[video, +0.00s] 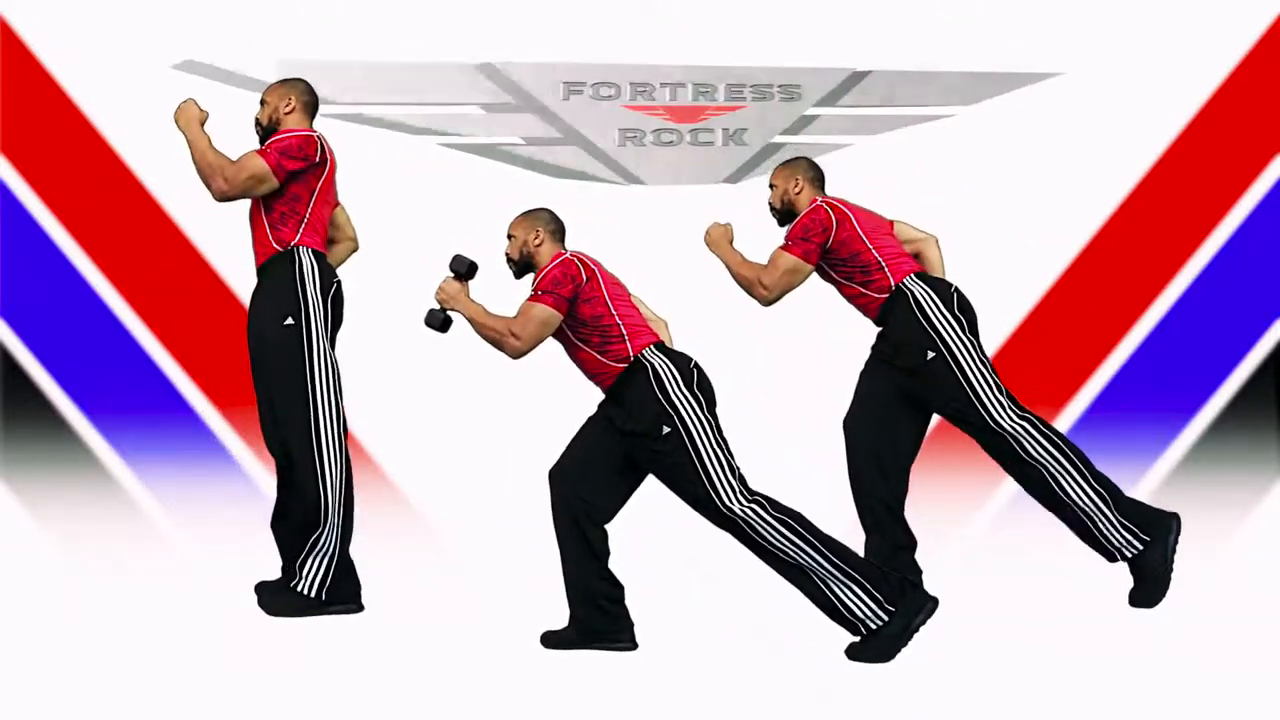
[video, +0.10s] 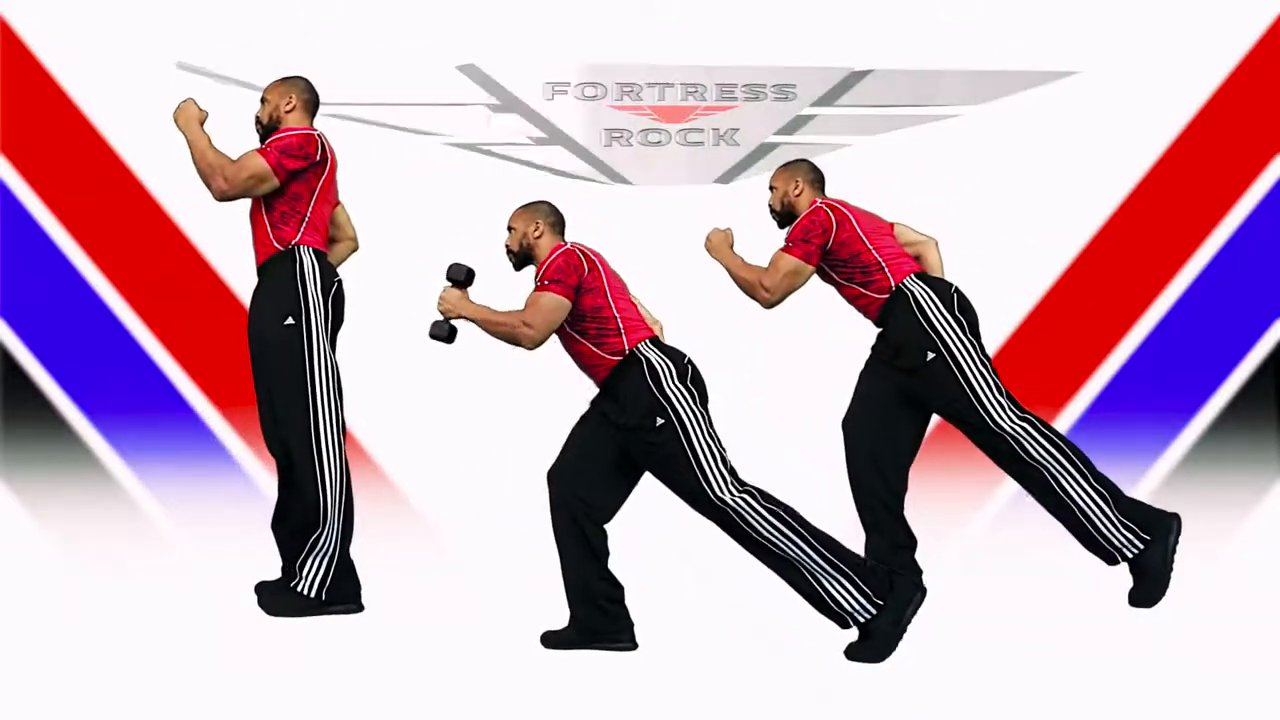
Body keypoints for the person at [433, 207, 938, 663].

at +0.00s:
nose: (506, 250)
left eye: (512, 239)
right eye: (506, 243)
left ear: (541, 236)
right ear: (543, 240)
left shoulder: (563, 267)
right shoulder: (577, 275)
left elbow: (515, 341)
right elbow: (657, 325)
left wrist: (462, 303)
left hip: (657, 385)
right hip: (630, 402)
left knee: (735, 505)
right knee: (572, 488)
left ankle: (886, 609)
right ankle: (601, 622)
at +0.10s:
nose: (508, 241)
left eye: (514, 231)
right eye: (507, 233)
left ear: (542, 228)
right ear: (543, 235)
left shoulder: (565, 258)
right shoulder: (575, 269)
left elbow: (530, 331)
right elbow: (649, 323)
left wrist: (465, 309)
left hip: (651, 378)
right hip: (620, 397)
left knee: (724, 496)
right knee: (570, 490)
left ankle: (875, 602)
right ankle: (601, 623)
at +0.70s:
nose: (537, 184)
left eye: (542, 173)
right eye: (538, 175)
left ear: (568, 171)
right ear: (570, 174)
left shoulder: (593, 204)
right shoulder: (573, 233)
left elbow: (647, 262)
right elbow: (536, 297)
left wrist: (639, 335)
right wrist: (492, 258)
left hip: (601, 322)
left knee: (485, 346)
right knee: (581, 483)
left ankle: (488, 476)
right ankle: (603, 619)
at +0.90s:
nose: (538, 186)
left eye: (543, 177)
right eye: (538, 179)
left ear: (568, 174)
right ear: (569, 177)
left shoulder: (592, 203)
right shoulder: (572, 234)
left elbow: (644, 257)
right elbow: (539, 299)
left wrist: (639, 330)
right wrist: (494, 261)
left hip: (600, 323)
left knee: (482, 350)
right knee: (581, 485)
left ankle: (490, 479)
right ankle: (602, 619)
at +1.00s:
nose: (538, 187)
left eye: (543, 178)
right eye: (539, 180)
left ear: (568, 175)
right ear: (569, 177)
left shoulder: (593, 203)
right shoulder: (571, 234)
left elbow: (645, 255)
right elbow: (540, 301)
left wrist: (636, 326)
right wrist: (494, 263)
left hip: (599, 321)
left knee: (483, 348)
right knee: (581, 485)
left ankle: (484, 479)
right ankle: (602, 619)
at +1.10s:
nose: (536, 187)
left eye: (541, 178)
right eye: (536, 180)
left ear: (567, 175)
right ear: (567, 177)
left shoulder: (590, 203)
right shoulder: (572, 233)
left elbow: (640, 256)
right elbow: (549, 308)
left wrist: (622, 322)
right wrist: (494, 277)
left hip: (593, 335)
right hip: (604, 349)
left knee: (485, 365)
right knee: (583, 489)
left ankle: (496, 496)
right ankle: (602, 620)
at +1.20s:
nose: (533, 190)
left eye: (538, 180)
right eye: (533, 183)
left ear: (563, 177)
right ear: (567, 178)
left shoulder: (591, 207)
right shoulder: (570, 234)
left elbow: (627, 263)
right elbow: (570, 319)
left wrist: (586, 327)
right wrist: (507, 308)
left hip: (606, 339)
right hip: (610, 352)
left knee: (506, 401)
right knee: (584, 485)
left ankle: (558, 528)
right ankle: (601, 620)